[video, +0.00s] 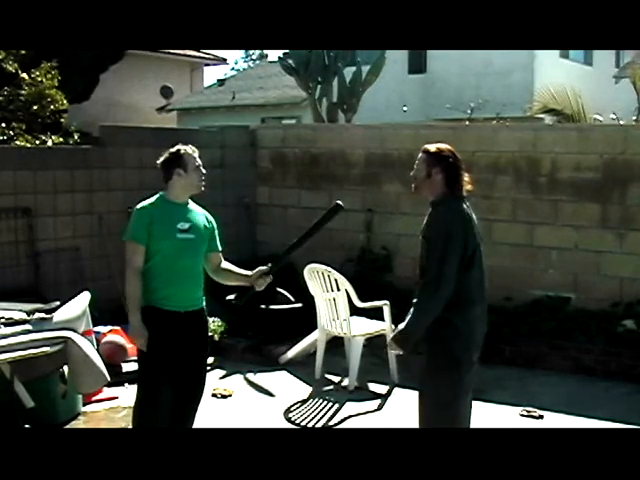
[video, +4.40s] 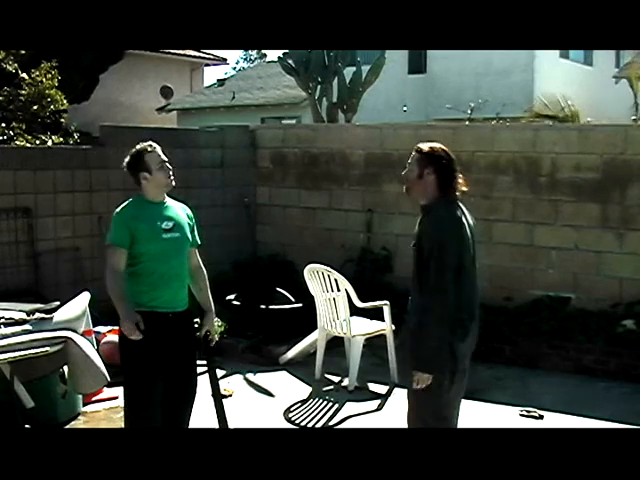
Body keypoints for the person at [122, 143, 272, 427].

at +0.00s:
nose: (204, 172)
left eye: (202, 167)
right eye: (197, 168)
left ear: (184, 174)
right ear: (178, 174)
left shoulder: (204, 219)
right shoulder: (146, 213)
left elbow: (216, 267)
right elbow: (133, 269)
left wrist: (249, 278)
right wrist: (136, 322)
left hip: (194, 320)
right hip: (159, 319)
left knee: (188, 398)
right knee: (155, 399)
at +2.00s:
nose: (196, 171)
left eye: (194, 166)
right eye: (189, 166)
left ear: (177, 173)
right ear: (169, 173)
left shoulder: (195, 219)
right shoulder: (138, 210)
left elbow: (211, 266)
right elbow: (122, 266)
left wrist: (245, 247)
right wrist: (119, 316)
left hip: (184, 319)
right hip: (148, 318)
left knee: (184, 393)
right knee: (149, 395)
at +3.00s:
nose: (194, 171)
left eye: (192, 165)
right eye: (187, 166)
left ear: (174, 173)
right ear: (168, 173)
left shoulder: (196, 216)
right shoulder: (139, 212)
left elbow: (207, 267)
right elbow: (125, 270)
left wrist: (243, 288)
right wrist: (129, 320)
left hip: (187, 318)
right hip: (152, 318)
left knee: (185, 395)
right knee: (151, 397)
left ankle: (177, 430)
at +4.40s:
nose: (169, 168)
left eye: (167, 163)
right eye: (161, 165)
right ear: (145, 177)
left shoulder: (183, 212)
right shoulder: (126, 216)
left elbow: (195, 267)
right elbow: (114, 271)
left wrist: (210, 311)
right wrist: (125, 313)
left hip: (181, 321)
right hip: (142, 324)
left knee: (179, 406)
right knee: (144, 408)